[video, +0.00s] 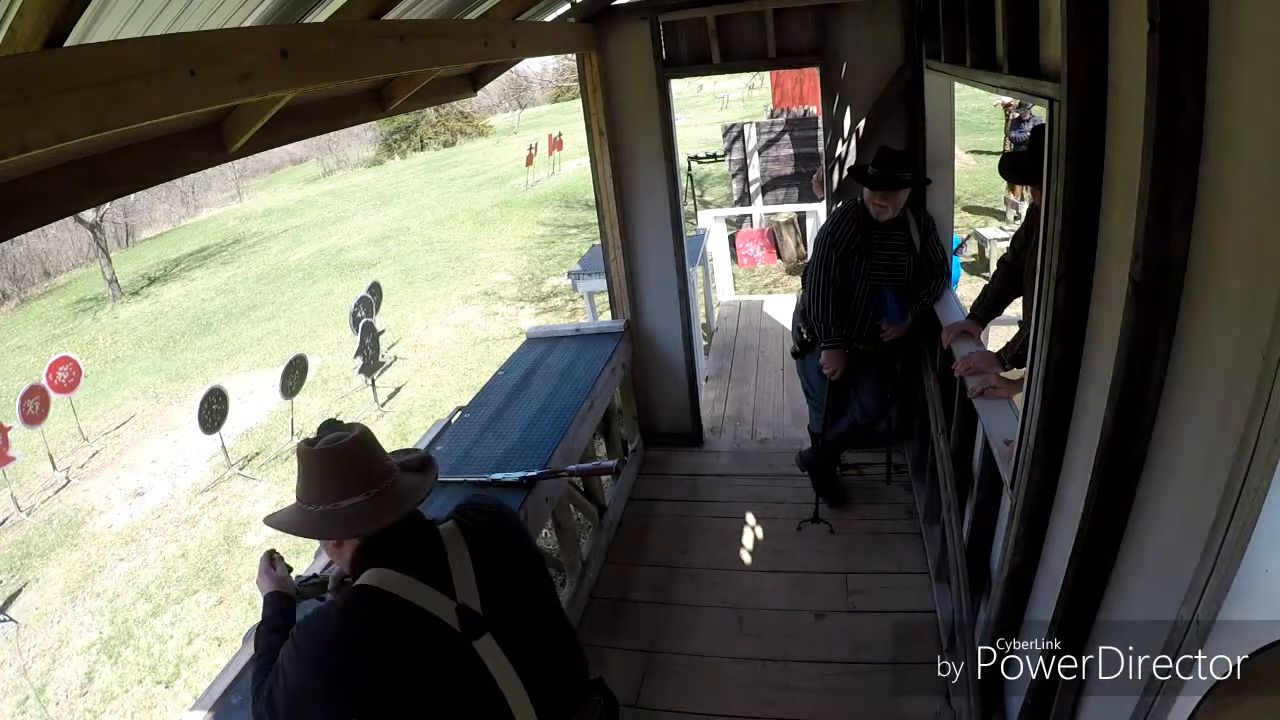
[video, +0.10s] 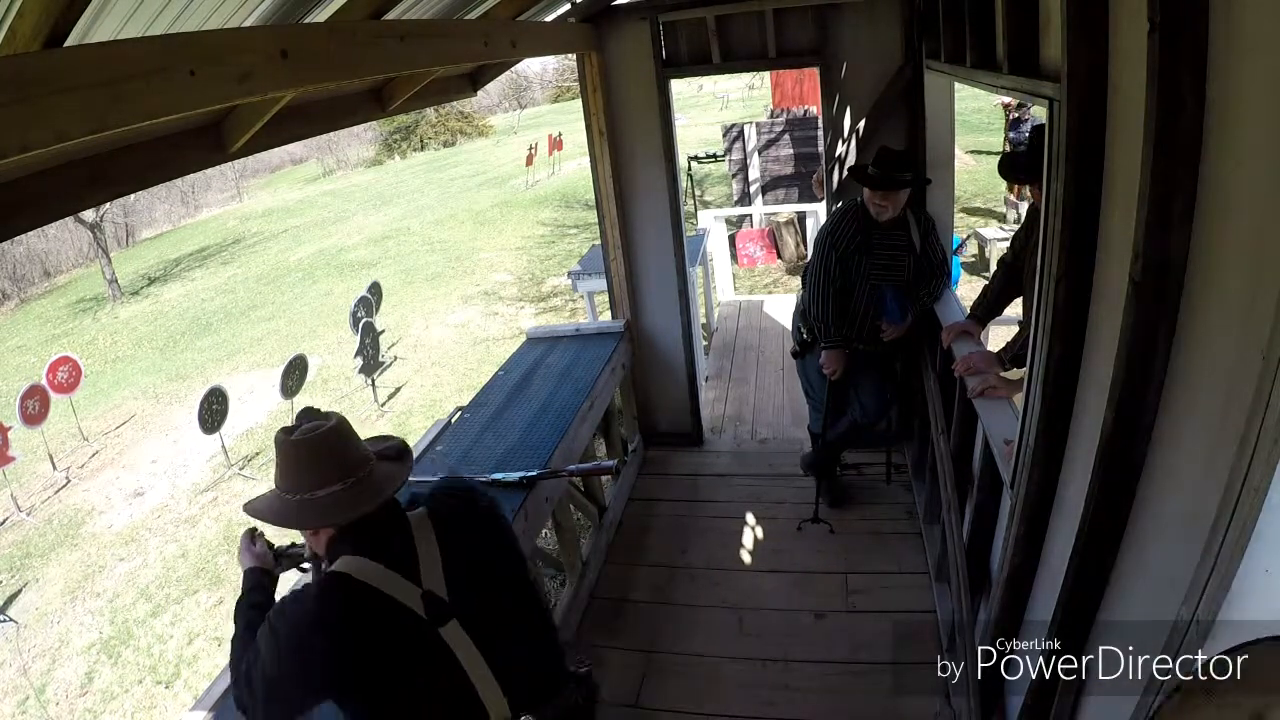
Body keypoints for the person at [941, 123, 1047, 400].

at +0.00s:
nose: (1034, 197)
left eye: (1038, 188)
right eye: (1032, 187)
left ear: (1057, 185)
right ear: (1032, 182)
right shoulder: (1040, 212)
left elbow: (1053, 311)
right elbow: (1013, 264)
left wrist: (1003, 357)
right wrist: (977, 319)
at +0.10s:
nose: (1032, 193)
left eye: (1037, 184)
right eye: (1030, 184)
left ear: (1055, 182)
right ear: (1031, 181)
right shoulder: (1040, 212)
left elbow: (1054, 310)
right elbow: (1013, 263)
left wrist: (1003, 358)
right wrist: (977, 319)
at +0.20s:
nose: (1031, 191)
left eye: (1036, 181)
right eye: (1028, 181)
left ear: (1054, 179)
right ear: (1030, 179)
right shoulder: (1041, 211)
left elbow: (1055, 309)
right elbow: (1014, 263)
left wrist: (1004, 358)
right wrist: (977, 319)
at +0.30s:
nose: (1030, 190)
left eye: (1035, 183)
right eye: (1028, 182)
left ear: (1054, 182)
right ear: (1032, 180)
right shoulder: (1041, 211)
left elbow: (1054, 310)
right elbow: (1013, 264)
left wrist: (1004, 358)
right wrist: (977, 319)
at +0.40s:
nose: (1030, 190)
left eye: (1036, 182)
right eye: (1028, 181)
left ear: (1054, 182)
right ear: (1033, 180)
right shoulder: (1040, 211)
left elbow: (1054, 310)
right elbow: (1013, 263)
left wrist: (1004, 358)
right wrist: (977, 319)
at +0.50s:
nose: (1028, 191)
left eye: (1034, 183)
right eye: (1026, 182)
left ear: (1054, 182)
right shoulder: (1040, 211)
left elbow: (1054, 310)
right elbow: (1013, 263)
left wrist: (1003, 358)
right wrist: (977, 319)